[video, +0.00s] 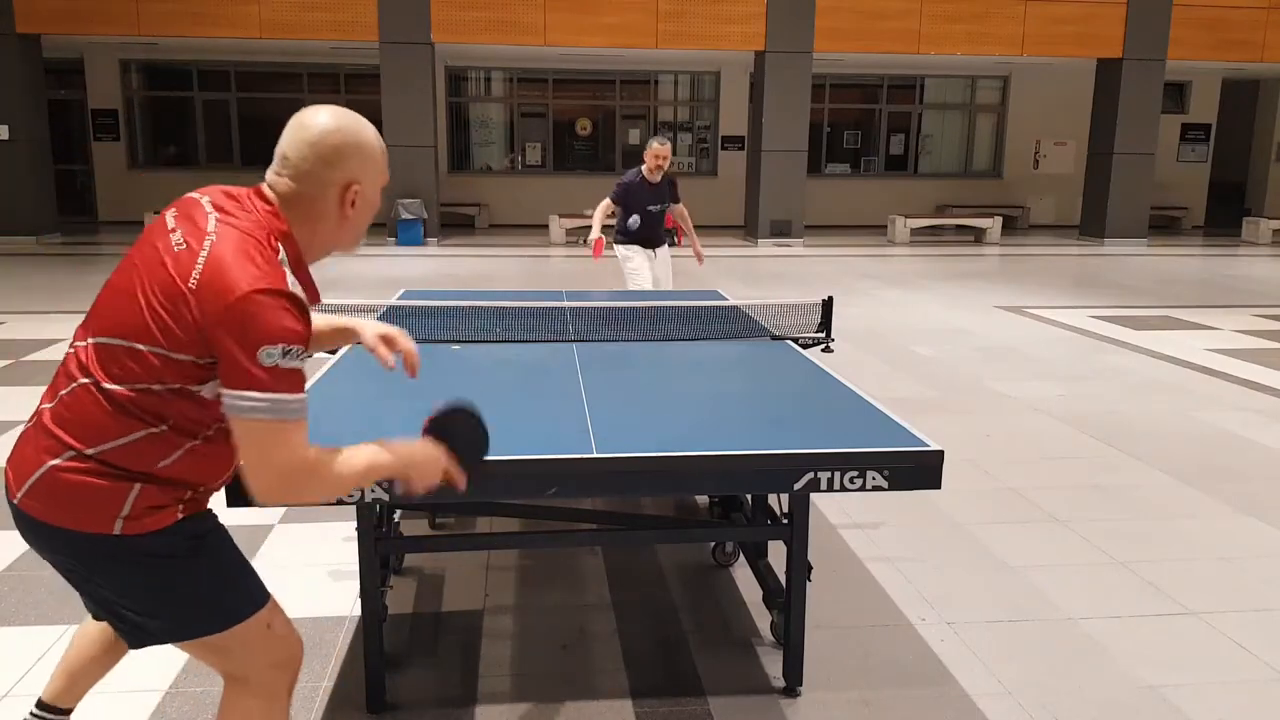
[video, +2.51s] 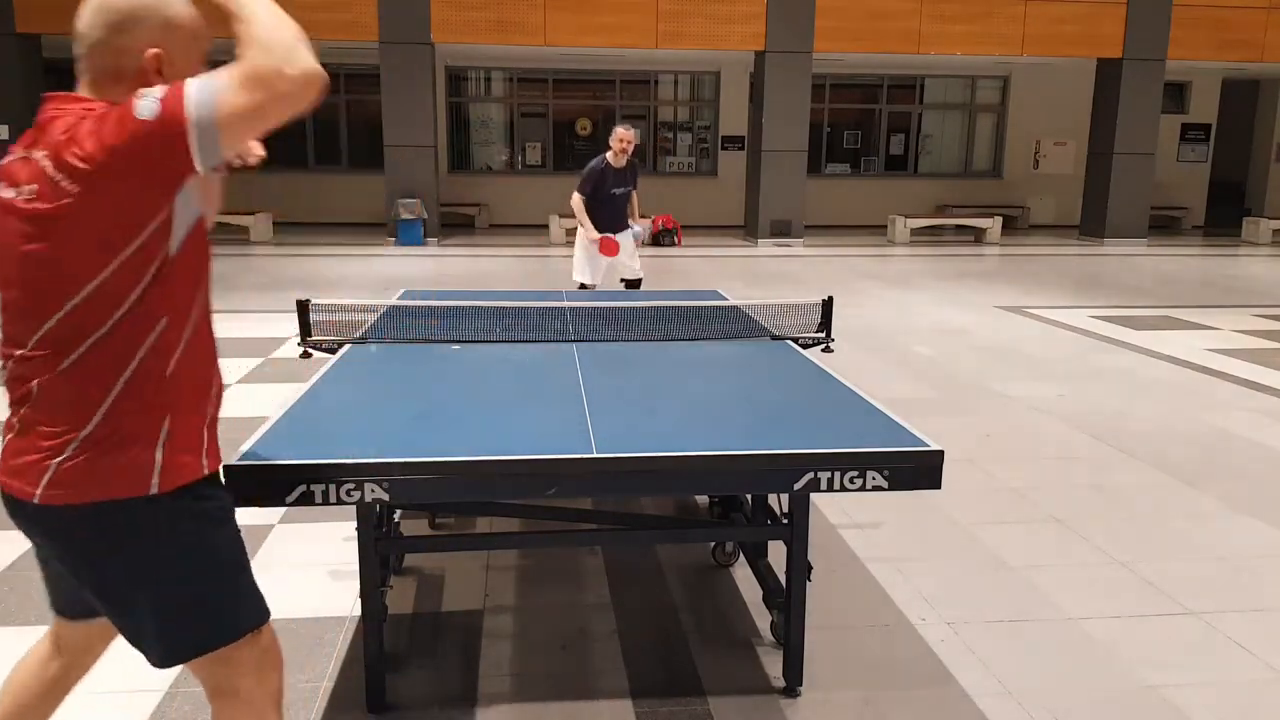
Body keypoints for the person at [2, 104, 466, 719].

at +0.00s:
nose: (376, 206)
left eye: (382, 190)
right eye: (379, 191)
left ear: (283, 170)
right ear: (350, 199)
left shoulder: (209, 206)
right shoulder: (256, 295)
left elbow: (241, 327)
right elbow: (281, 478)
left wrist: (350, 329)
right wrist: (392, 459)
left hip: (48, 468)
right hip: (114, 506)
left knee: (140, 601)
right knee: (269, 660)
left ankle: (47, 712)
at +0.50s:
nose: (270, 171)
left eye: (273, 153)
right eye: (260, 152)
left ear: (189, 145)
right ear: (194, 147)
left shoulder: (102, 184)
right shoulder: (144, 248)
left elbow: (163, 228)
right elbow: (152, 424)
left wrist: (223, 227)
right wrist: (247, 485)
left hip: (28, 462)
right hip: (83, 481)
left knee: (103, 615)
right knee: (210, 649)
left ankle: (39, 716)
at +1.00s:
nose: (128, 114)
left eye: (126, 100)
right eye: (124, 100)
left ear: (34, 101)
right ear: (99, 101)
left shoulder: (4, 162)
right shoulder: (106, 171)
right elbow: (269, 197)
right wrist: (228, 110)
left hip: (6, 462)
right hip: (85, 463)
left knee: (58, 617)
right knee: (197, 651)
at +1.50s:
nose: (280, 135)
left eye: (278, 121)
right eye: (278, 121)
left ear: (181, 119)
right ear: (256, 128)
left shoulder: (97, 181)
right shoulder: (221, 223)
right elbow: (283, 388)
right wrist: (354, 349)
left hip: (31, 476)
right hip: (134, 489)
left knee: (96, 633)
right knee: (266, 653)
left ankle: (59, 719)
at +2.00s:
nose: (404, 243)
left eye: (410, 228)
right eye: (406, 228)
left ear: (309, 194)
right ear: (370, 226)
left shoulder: (258, 231)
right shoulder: (254, 321)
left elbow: (349, 330)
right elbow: (178, 507)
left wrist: (387, 310)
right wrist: (293, 612)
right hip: (111, 525)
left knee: (144, 637)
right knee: (303, 670)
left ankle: (70, 716)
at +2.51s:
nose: (201, 80)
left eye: (203, 64)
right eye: (197, 63)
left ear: (88, 62)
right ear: (153, 64)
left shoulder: (31, 150)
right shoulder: (132, 139)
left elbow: (165, 224)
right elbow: (294, 75)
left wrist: (215, 150)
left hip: (41, 474)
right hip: (137, 484)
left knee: (77, 635)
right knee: (248, 675)